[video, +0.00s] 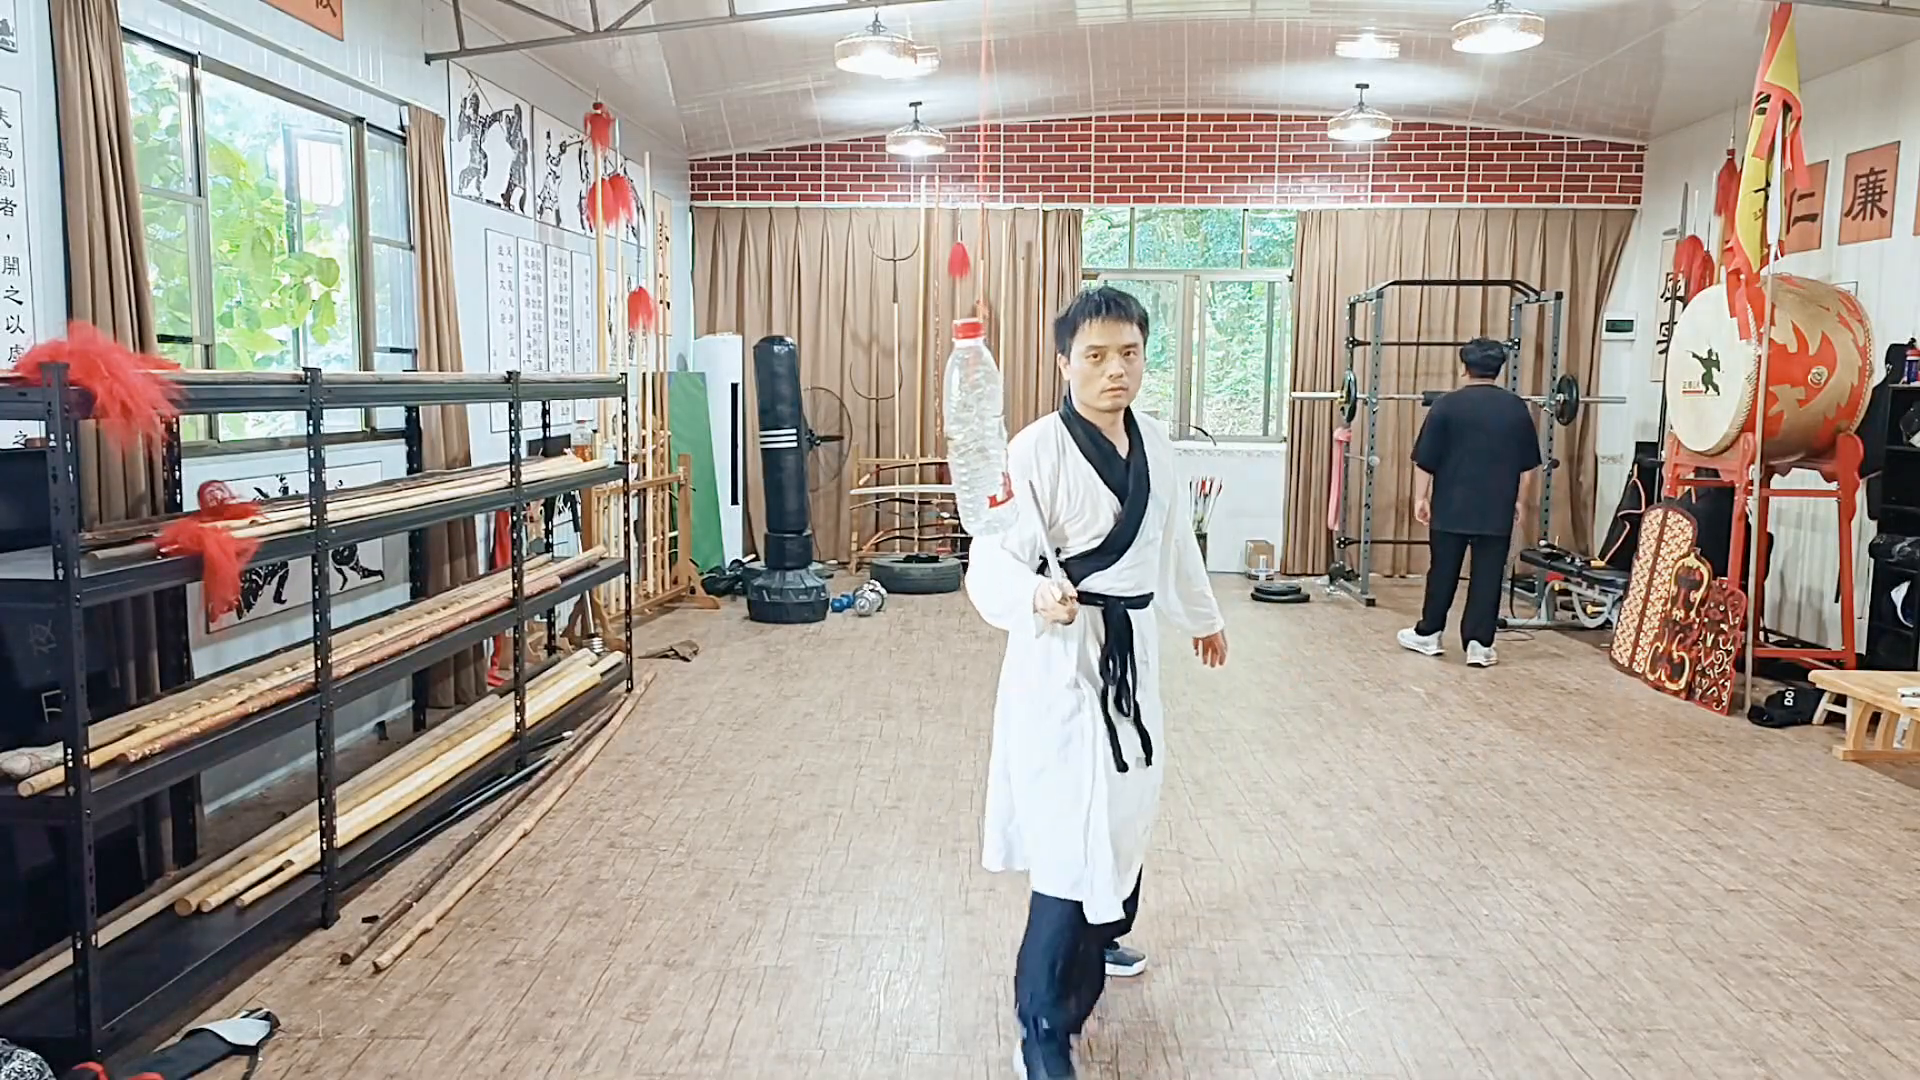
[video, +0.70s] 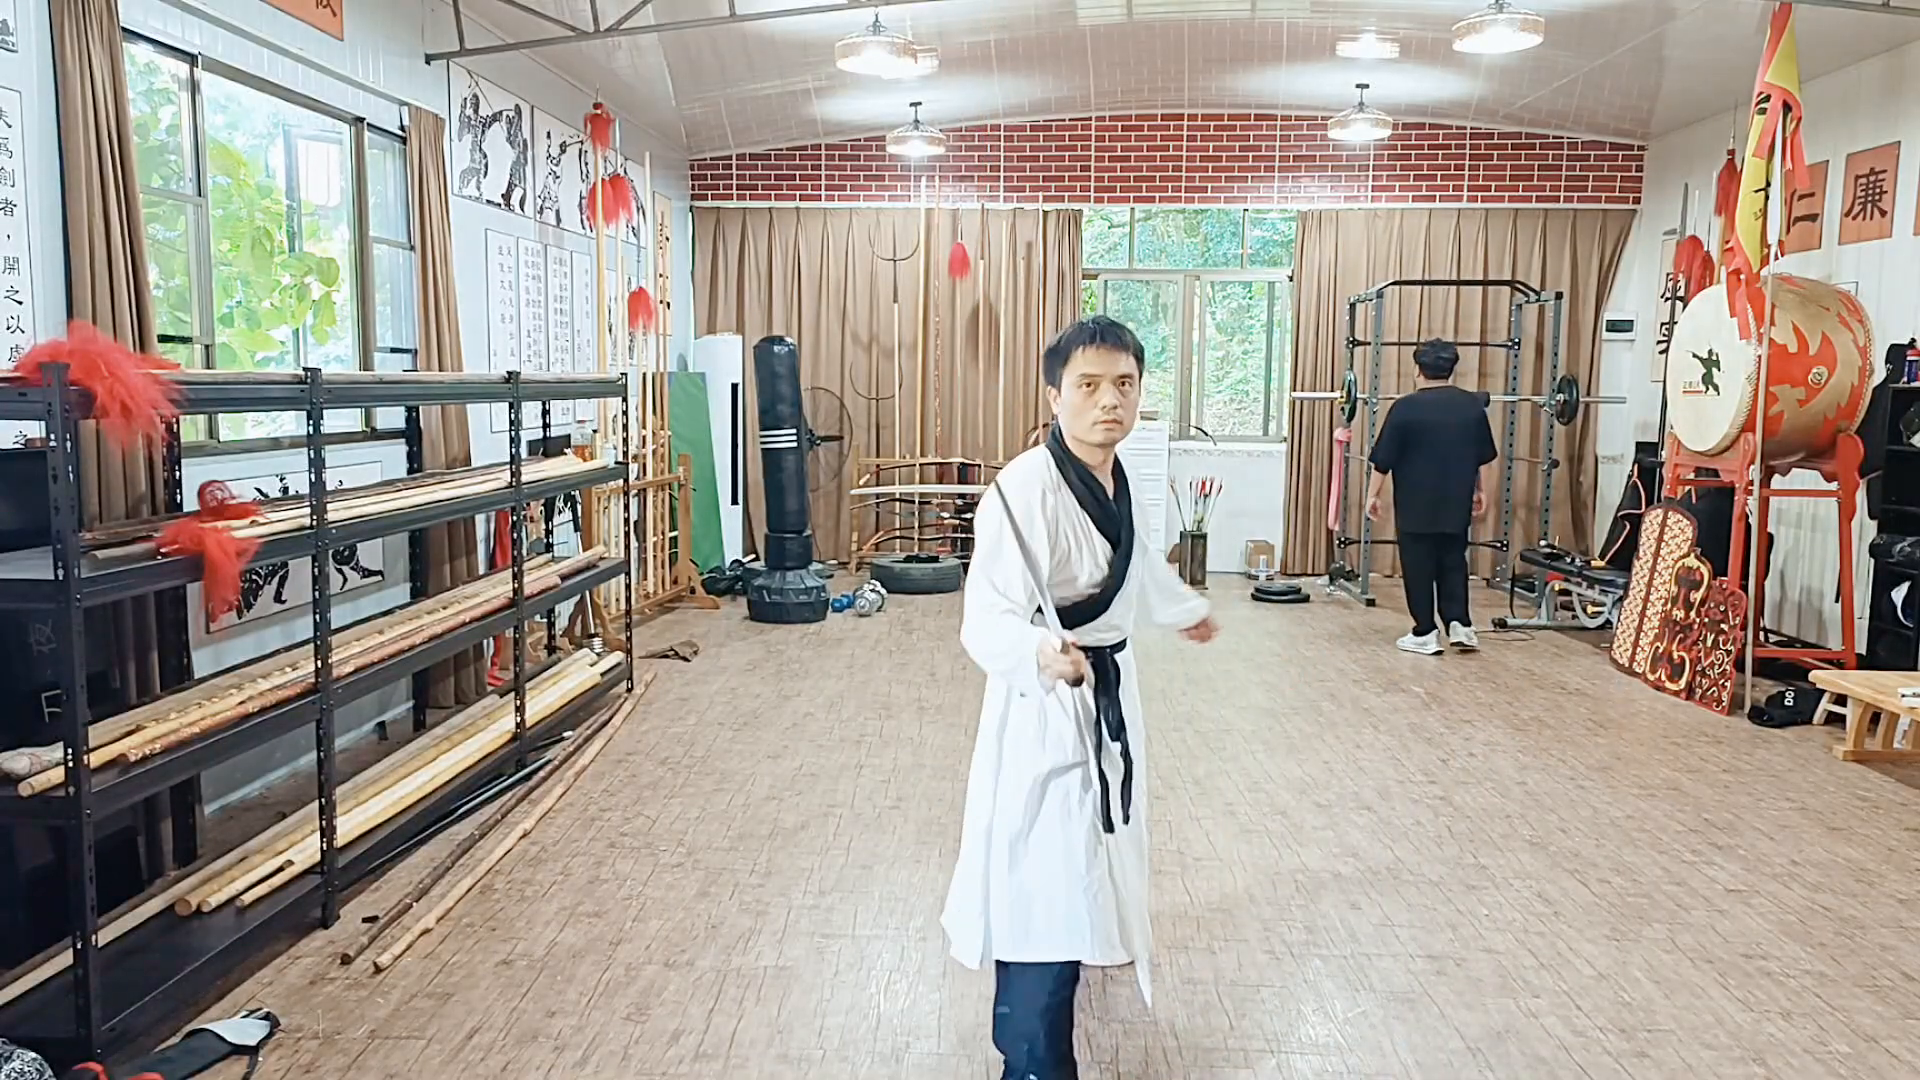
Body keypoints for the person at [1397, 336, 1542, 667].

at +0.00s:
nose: (1461, 370)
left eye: (1463, 366)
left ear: (1465, 368)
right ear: (1499, 370)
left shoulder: (1447, 405)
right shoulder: (1516, 407)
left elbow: (1426, 459)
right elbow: (1529, 465)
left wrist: (1420, 497)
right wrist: (1522, 504)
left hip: (1450, 507)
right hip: (1496, 511)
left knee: (1442, 573)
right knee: (1487, 580)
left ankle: (1428, 635)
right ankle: (1479, 645)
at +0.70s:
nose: (1415, 370)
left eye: (1417, 366)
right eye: (1419, 365)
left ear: (1419, 370)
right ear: (1451, 370)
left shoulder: (1405, 407)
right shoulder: (1471, 405)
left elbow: (1383, 458)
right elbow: (1485, 455)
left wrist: (1373, 495)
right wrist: (1483, 490)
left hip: (1414, 508)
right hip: (1456, 506)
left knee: (1417, 569)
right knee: (1453, 563)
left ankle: (1424, 633)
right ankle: (1459, 625)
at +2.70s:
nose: (1400, 375)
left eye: (1401, 371)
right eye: (1400, 371)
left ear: (1406, 374)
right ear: (1436, 372)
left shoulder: (1398, 409)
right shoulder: (1460, 405)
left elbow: (1381, 464)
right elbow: (1476, 455)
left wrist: (1371, 502)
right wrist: (1478, 490)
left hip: (1411, 506)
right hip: (1453, 504)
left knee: (1413, 569)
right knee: (1444, 563)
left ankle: (1424, 633)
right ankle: (1439, 619)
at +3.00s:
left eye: (1423, 383)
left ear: (1421, 387)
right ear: (1453, 384)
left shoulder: (1408, 423)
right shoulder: (1470, 416)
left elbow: (1388, 472)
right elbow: (1491, 462)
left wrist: (1381, 506)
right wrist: (1489, 490)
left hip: (1420, 513)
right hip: (1460, 512)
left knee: (1412, 563)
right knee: (1460, 569)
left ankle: (1405, 609)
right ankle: (1463, 629)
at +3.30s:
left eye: (1444, 368)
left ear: (1443, 371)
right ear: (1477, 372)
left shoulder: (1431, 407)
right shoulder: (1494, 406)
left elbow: (1412, 460)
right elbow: (1509, 456)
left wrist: (1406, 496)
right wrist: (1511, 492)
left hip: (1436, 504)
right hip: (1480, 505)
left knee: (1428, 560)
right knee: (1471, 570)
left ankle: (1421, 623)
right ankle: (1463, 637)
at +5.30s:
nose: (1426, 366)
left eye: (1428, 363)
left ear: (1430, 367)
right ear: (1463, 369)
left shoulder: (1412, 404)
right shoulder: (1478, 404)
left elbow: (1391, 455)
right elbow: (1494, 454)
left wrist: (1386, 491)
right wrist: (1497, 492)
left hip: (1421, 507)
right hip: (1465, 507)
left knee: (1423, 571)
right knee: (1473, 567)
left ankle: (1428, 635)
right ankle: (1485, 633)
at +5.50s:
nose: (1438, 368)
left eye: (1440, 364)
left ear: (1442, 368)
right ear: (1475, 369)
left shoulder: (1425, 404)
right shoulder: (1490, 405)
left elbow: (1402, 456)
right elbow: (1503, 456)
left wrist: (1394, 493)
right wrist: (1507, 494)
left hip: (1430, 508)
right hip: (1474, 508)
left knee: (1429, 571)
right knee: (1476, 570)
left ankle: (1429, 634)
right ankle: (1486, 635)